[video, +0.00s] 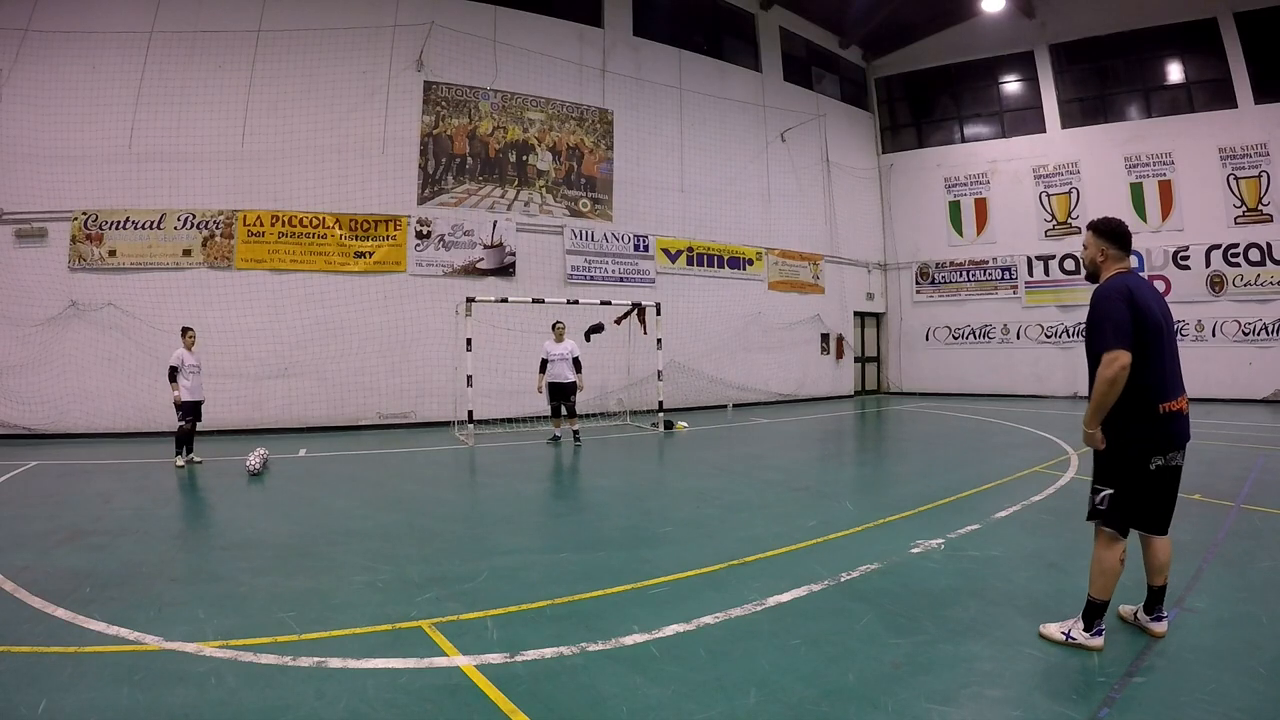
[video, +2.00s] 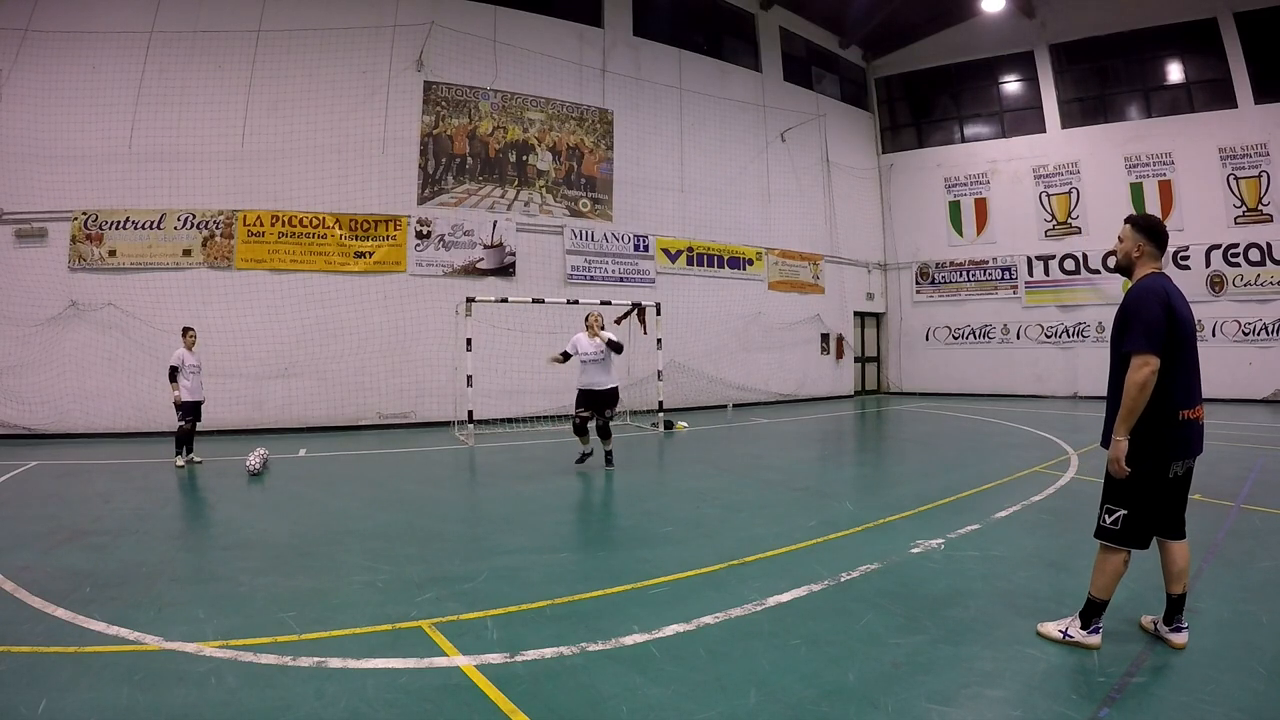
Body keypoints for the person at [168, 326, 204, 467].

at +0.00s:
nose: (193, 340)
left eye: (194, 337)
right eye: (190, 337)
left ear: (195, 339)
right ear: (183, 338)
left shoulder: (195, 355)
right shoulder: (179, 354)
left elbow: (197, 377)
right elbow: (172, 373)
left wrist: (201, 394)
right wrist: (176, 392)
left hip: (196, 397)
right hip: (184, 397)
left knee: (192, 426)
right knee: (184, 426)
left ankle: (189, 454)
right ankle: (178, 456)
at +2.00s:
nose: (193, 339)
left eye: (194, 337)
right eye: (190, 337)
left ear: (196, 339)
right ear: (183, 338)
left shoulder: (196, 356)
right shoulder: (179, 354)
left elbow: (198, 376)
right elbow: (172, 373)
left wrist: (201, 393)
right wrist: (176, 392)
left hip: (196, 397)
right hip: (184, 397)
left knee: (192, 426)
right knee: (184, 426)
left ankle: (189, 454)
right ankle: (178, 456)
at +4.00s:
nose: (190, 340)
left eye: (192, 338)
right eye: (188, 338)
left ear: (193, 339)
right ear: (180, 338)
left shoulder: (193, 356)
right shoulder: (174, 354)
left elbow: (196, 375)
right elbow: (166, 373)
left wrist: (200, 391)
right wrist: (169, 391)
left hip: (191, 398)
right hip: (177, 398)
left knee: (188, 427)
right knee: (175, 425)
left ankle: (189, 454)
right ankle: (163, 449)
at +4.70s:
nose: (174, 341)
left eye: (175, 338)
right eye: (171, 338)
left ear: (176, 340)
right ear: (164, 339)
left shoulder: (176, 356)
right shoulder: (156, 355)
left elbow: (179, 375)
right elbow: (147, 374)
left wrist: (182, 391)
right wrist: (145, 393)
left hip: (176, 397)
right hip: (159, 398)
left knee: (182, 423)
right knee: (160, 424)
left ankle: (180, 451)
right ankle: (160, 452)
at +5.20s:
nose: (186, 342)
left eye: (187, 340)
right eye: (184, 340)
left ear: (187, 340)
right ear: (176, 340)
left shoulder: (186, 356)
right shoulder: (168, 355)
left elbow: (187, 374)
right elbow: (159, 373)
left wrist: (190, 388)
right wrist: (160, 391)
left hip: (183, 398)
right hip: (168, 398)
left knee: (180, 426)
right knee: (164, 425)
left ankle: (177, 451)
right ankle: (160, 452)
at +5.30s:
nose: (189, 343)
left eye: (190, 340)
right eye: (187, 340)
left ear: (191, 341)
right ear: (179, 341)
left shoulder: (190, 357)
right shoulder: (171, 355)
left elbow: (191, 375)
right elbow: (160, 372)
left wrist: (192, 389)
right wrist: (159, 391)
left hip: (185, 399)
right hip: (170, 398)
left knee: (181, 426)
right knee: (167, 425)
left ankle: (177, 451)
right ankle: (161, 451)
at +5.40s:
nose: (194, 344)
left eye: (195, 341)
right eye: (191, 341)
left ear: (195, 342)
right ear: (183, 341)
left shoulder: (194, 358)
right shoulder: (175, 355)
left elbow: (195, 376)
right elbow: (162, 372)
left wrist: (195, 389)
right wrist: (156, 389)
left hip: (187, 399)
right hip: (172, 398)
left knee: (182, 426)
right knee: (173, 424)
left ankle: (177, 452)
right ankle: (163, 451)